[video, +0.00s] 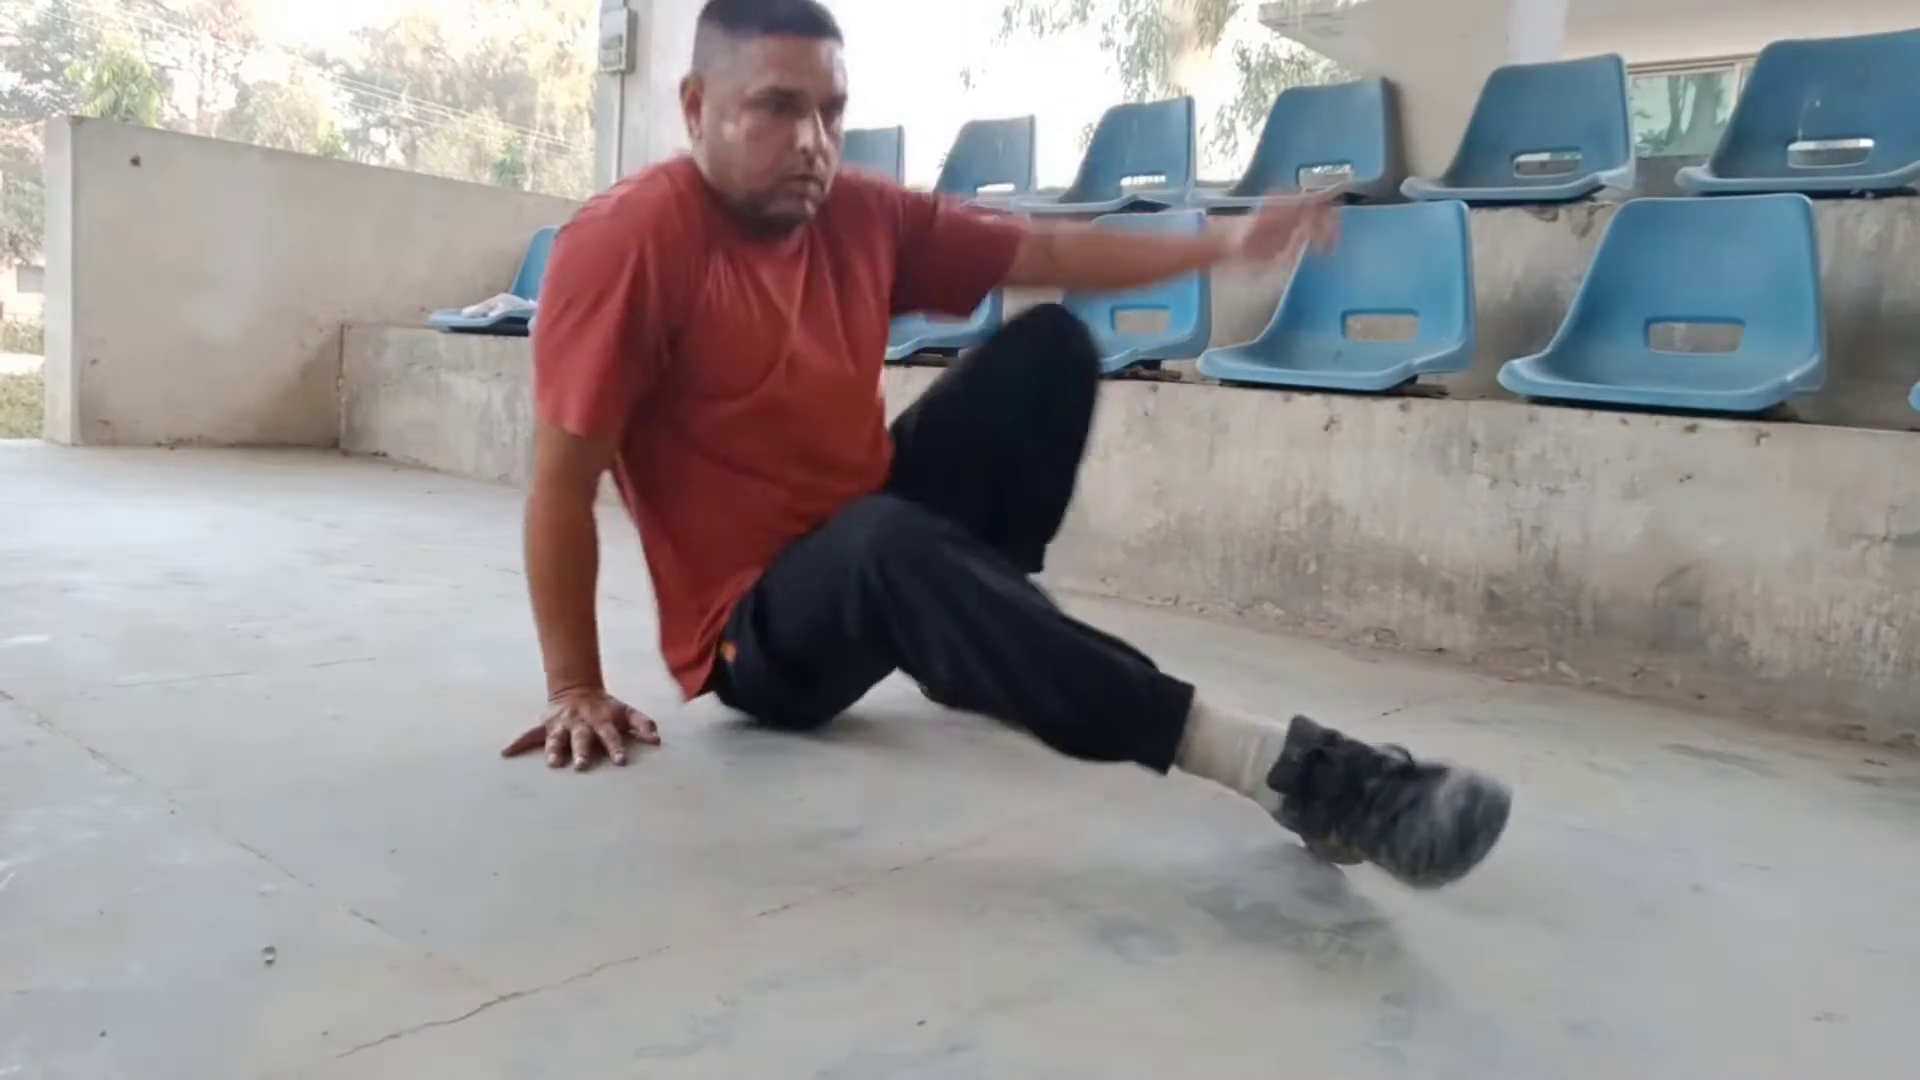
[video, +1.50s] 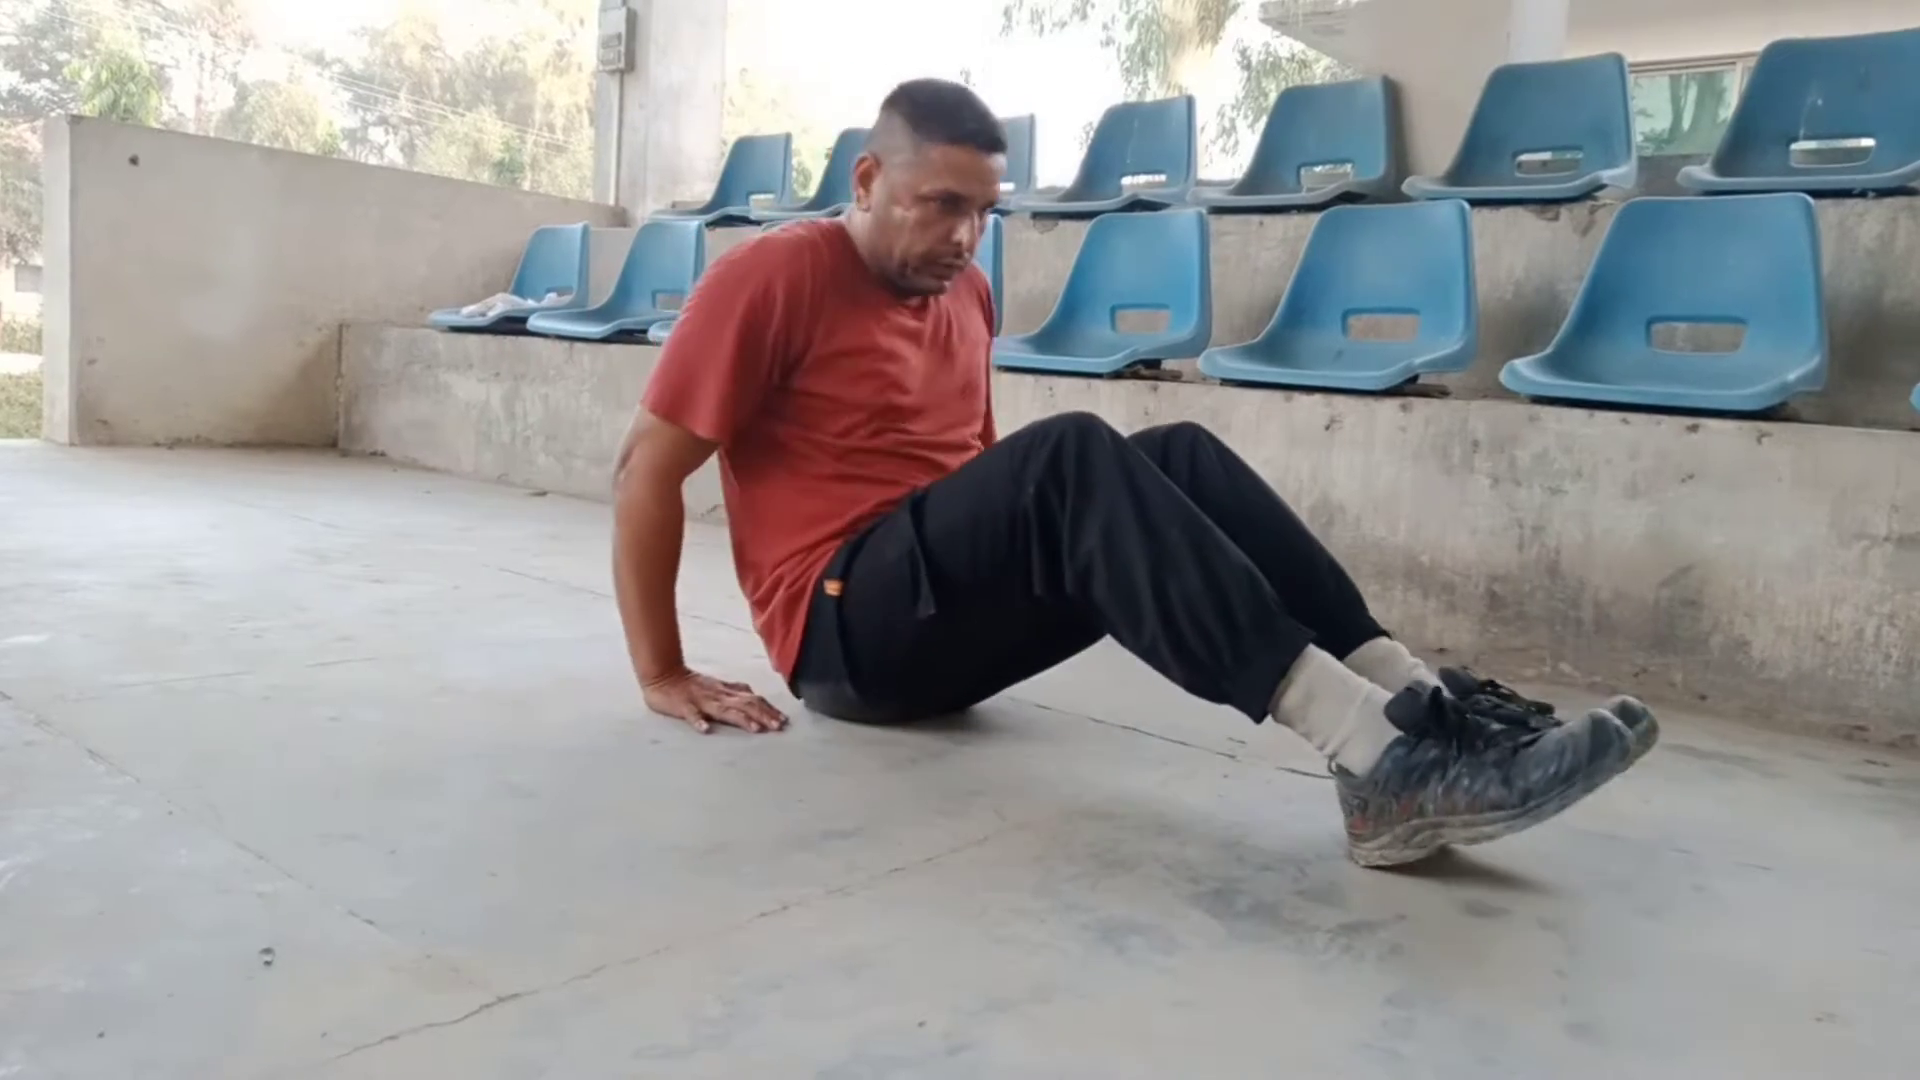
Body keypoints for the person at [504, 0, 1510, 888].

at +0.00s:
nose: (811, 144)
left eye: (829, 114)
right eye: (778, 112)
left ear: (843, 107)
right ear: (695, 106)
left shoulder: (858, 211)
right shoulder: (623, 243)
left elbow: (1041, 254)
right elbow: (562, 478)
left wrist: (1223, 245)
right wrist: (574, 687)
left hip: (878, 540)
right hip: (755, 632)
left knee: (1048, 345)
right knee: (885, 539)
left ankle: (976, 637)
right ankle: (1289, 771)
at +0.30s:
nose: (822, 206)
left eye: (834, 177)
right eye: (793, 178)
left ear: (837, 166)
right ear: (699, 166)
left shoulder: (808, 263)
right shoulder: (614, 269)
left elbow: (832, 432)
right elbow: (500, 487)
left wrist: (884, 534)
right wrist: (568, 687)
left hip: (848, 561)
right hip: (741, 647)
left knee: (1028, 366)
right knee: (913, 510)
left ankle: (1188, 641)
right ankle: (1295, 756)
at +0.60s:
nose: (843, 215)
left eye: (857, 188)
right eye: (817, 188)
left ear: (857, 183)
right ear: (737, 177)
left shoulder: (844, 286)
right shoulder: (649, 285)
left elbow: (817, 455)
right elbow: (512, 480)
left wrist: (876, 602)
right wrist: (568, 690)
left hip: (870, 584)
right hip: (769, 624)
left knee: (1110, 454)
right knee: (997, 481)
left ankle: (1385, 665)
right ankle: (1344, 755)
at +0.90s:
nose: (889, 210)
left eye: (904, 185)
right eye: (864, 183)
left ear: (915, 184)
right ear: (793, 175)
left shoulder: (908, 284)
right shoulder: (708, 272)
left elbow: (929, 456)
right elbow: (608, 471)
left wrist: (940, 631)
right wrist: (656, 673)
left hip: (903, 591)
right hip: (791, 612)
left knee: (1131, 474)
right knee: (1024, 474)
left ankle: (1399, 706)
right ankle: (1347, 755)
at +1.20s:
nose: (933, 216)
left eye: (952, 193)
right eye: (914, 185)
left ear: (964, 183)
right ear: (841, 156)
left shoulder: (939, 280)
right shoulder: (749, 248)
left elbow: (967, 446)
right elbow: (682, 457)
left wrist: (931, 635)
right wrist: (661, 670)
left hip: (919, 584)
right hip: (820, 598)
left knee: (1141, 443)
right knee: (1045, 456)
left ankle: (1380, 690)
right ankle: (1343, 747)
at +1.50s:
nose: (961, 235)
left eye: (978, 211)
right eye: (940, 205)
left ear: (985, 202)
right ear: (867, 183)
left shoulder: (962, 287)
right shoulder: (769, 275)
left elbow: (965, 455)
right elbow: (650, 462)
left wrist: (995, 601)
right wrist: (660, 677)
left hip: (948, 617)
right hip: (844, 627)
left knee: (1179, 454)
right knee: (1068, 451)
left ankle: (1434, 711)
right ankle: (1371, 759)